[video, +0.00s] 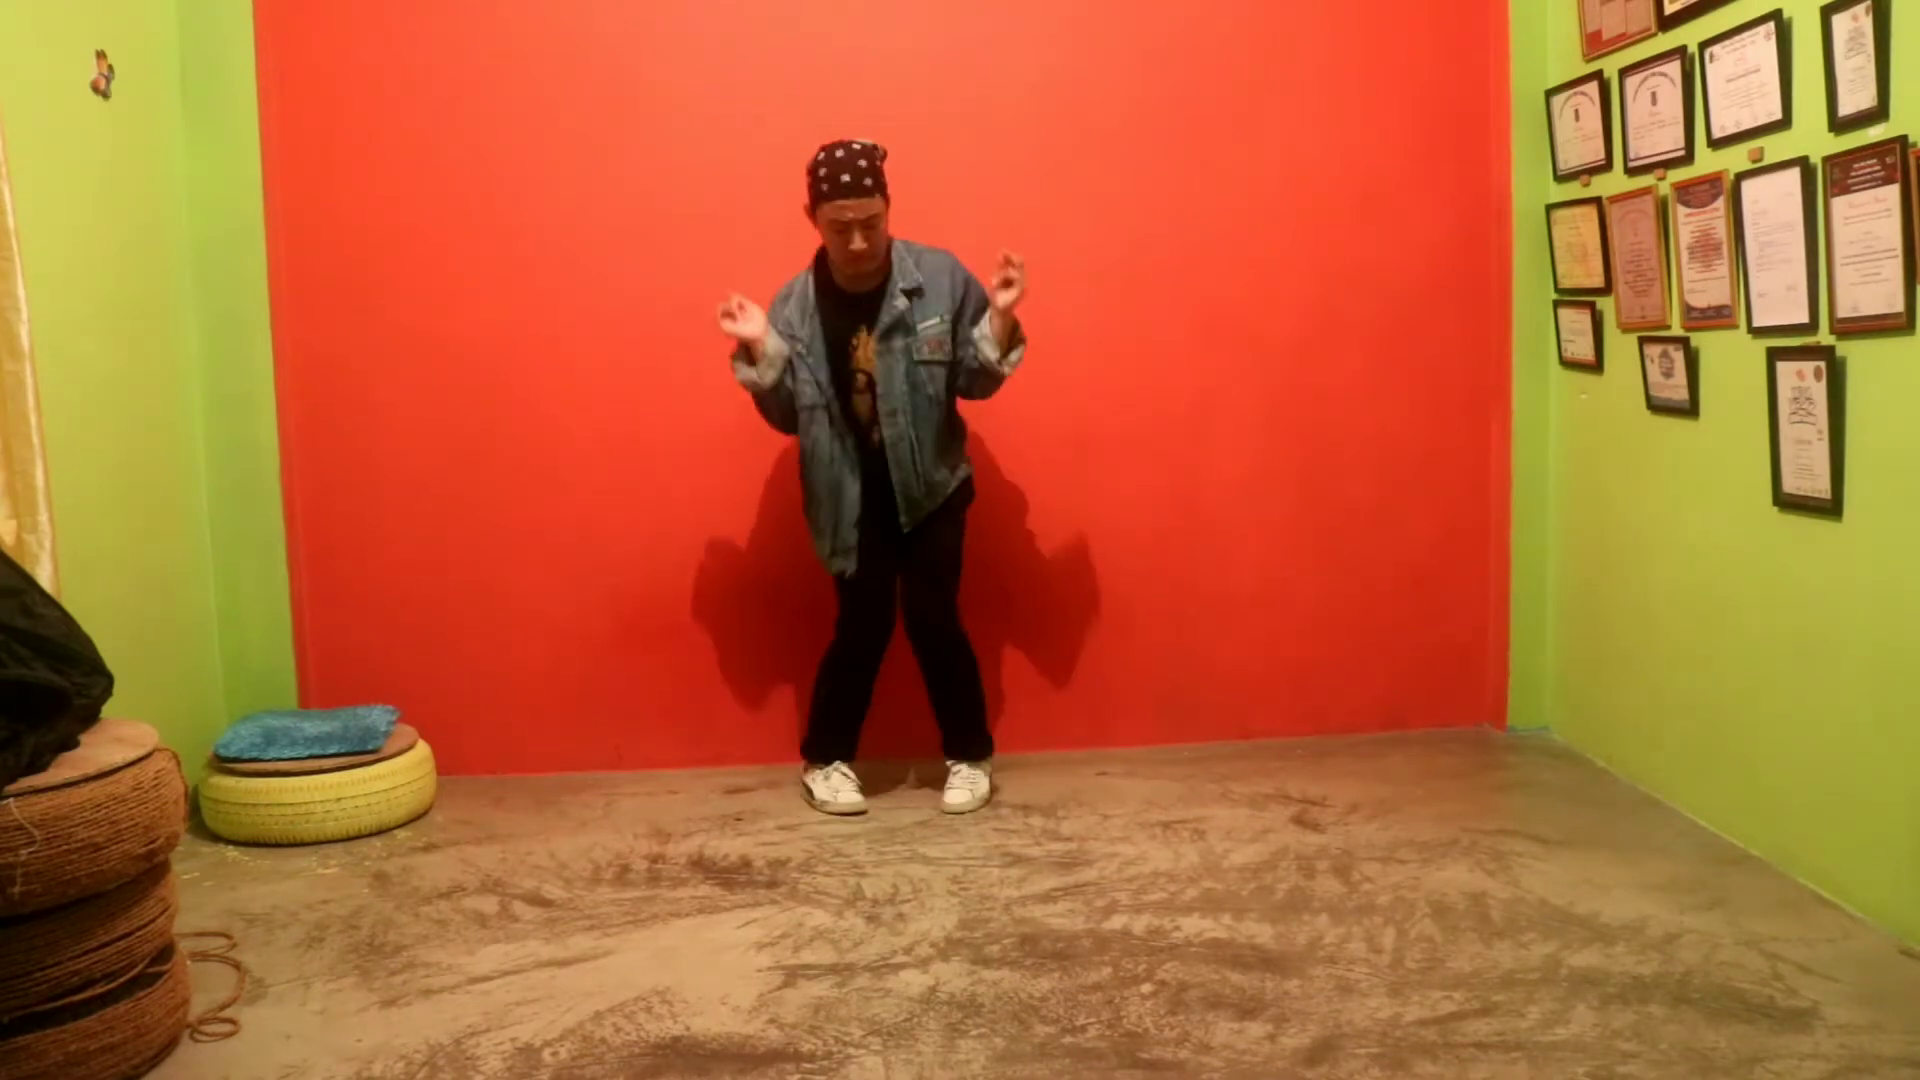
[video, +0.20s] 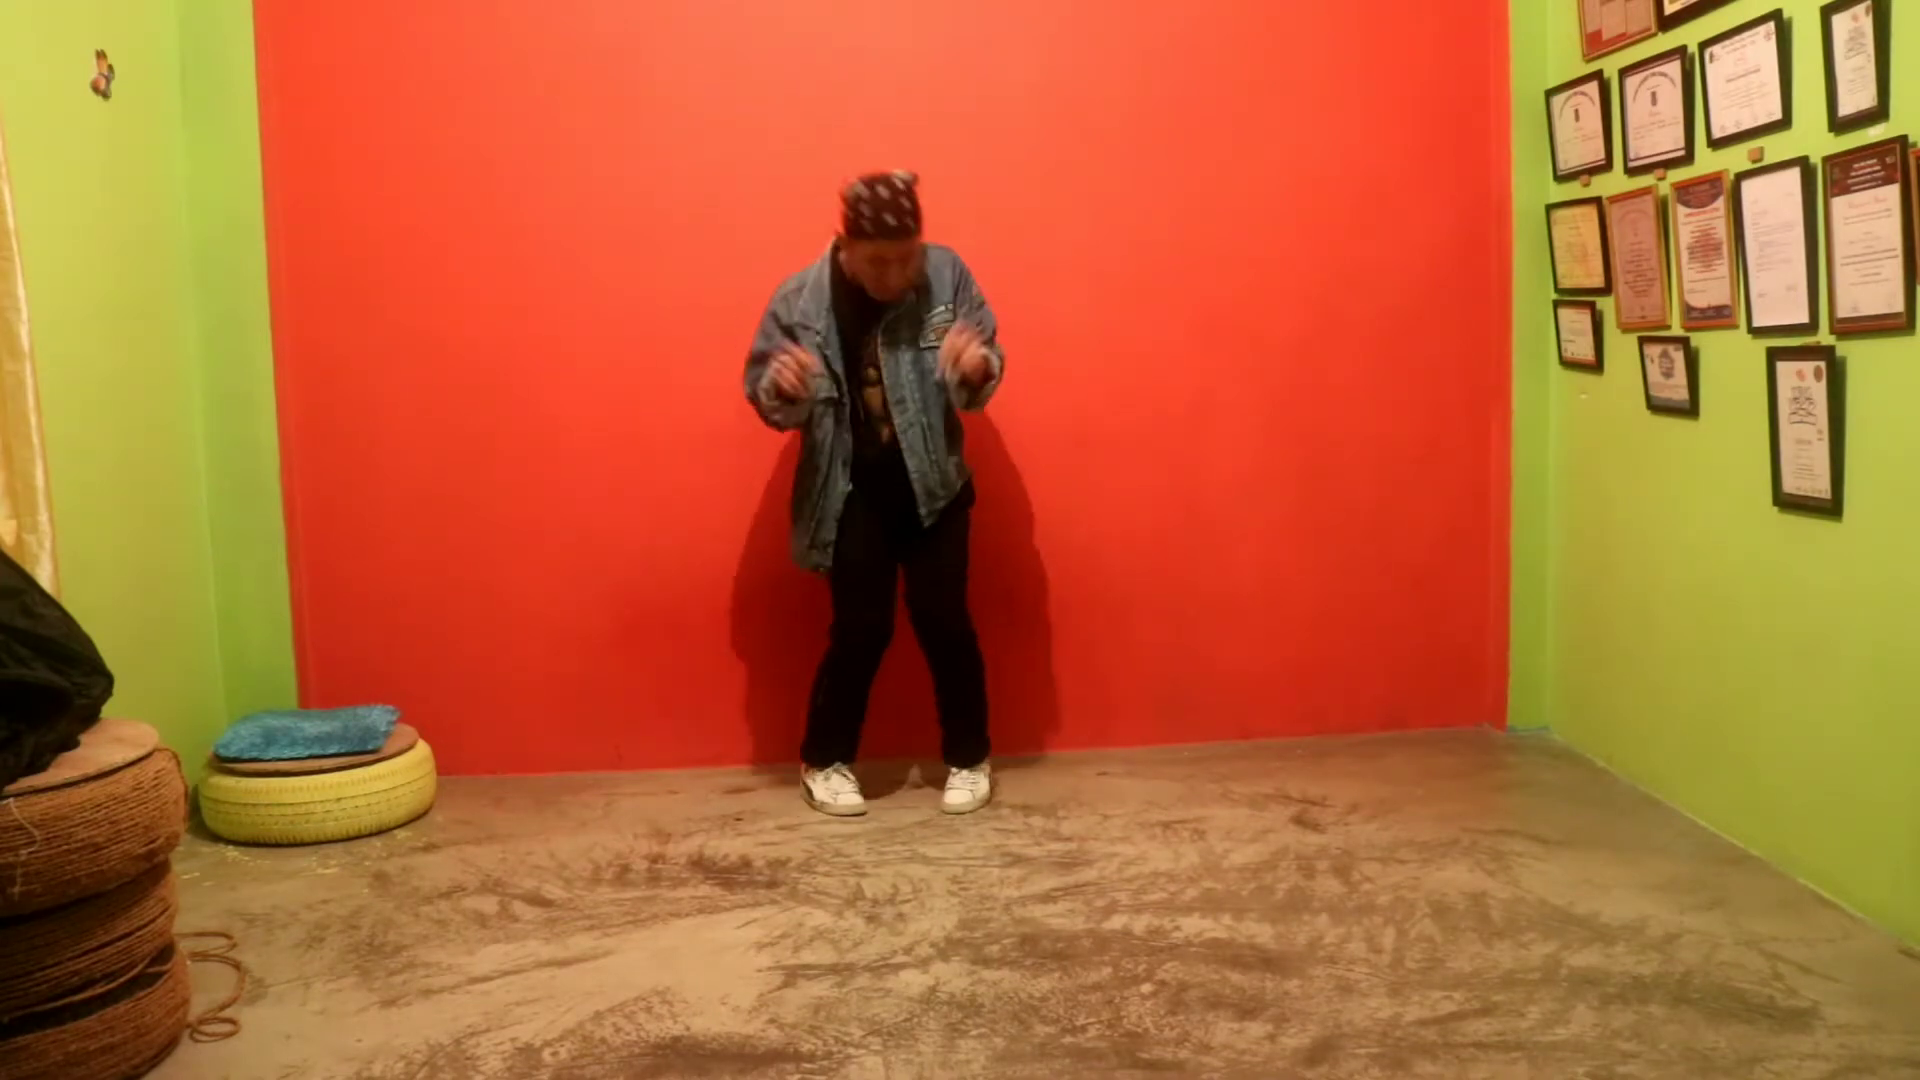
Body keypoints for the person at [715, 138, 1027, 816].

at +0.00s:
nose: (856, 241)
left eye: (868, 224)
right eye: (841, 227)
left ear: (889, 212)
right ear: (817, 223)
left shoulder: (940, 277)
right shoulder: (794, 307)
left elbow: (971, 383)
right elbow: (790, 419)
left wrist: (1000, 321)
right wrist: (760, 352)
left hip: (932, 484)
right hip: (851, 492)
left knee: (932, 617)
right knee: (863, 622)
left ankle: (968, 760)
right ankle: (827, 762)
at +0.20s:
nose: (894, 276)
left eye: (905, 260)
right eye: (879, 263)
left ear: (919, 244)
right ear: (846, 248)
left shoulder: (944, 275)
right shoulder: (799, 300)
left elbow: (978, 384)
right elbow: (766, 400)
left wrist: (972, 367)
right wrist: (784, 388)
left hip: (934, 485)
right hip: (850, 491)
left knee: (943, 622)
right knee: (861, 627)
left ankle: (968, 761)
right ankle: (827, 764)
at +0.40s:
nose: (930, 279)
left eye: (942, 264)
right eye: (915, 265)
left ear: (957, 249)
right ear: (884, 244)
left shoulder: (964, 280)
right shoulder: (834, 270)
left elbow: (966, 363)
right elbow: (809, 355)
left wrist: (952, 445)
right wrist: (833, 443)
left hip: (923, 466)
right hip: (844, 464)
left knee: (947, 613)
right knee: (840, 615)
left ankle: (973, 759)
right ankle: (820, 760)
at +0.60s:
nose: (952, 260)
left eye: (964, 244)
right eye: (937, 245)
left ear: (977, 231)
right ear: (902, 228)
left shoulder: (985, 289)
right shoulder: (851, 286)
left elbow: (999, 380)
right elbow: (810, 384)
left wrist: (994, 461)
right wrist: (789, 479)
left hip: (929, 493)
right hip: (836, 495)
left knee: (1000, 600)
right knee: (764, 609)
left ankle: (994, 745)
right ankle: (789, 756)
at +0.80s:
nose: (945, 242)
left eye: (955, 226)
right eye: (931, 227)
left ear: (967, 215)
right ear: (893, 212)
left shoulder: (974, 278)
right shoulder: (822, 281)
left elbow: (1017, 329)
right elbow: (765, 359)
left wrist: (997, 400)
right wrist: (780, 445)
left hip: (937, 476)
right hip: (848, 478)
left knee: (961, 612)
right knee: (847, 617)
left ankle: (979, 751)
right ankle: (819, 760)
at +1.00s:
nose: (911, 220)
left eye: (922, 205)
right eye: (896, 205)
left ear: (938, 194)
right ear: (864, 191)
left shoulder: (960, 256)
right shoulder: (817, 258)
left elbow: (999, 314)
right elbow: (772, 338)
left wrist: (979, 413)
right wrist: (801, 411)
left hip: (943, 474)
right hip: (850, 477)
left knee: (967, 620)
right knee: (841, 626)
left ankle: (975, 759)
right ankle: (833, 765)